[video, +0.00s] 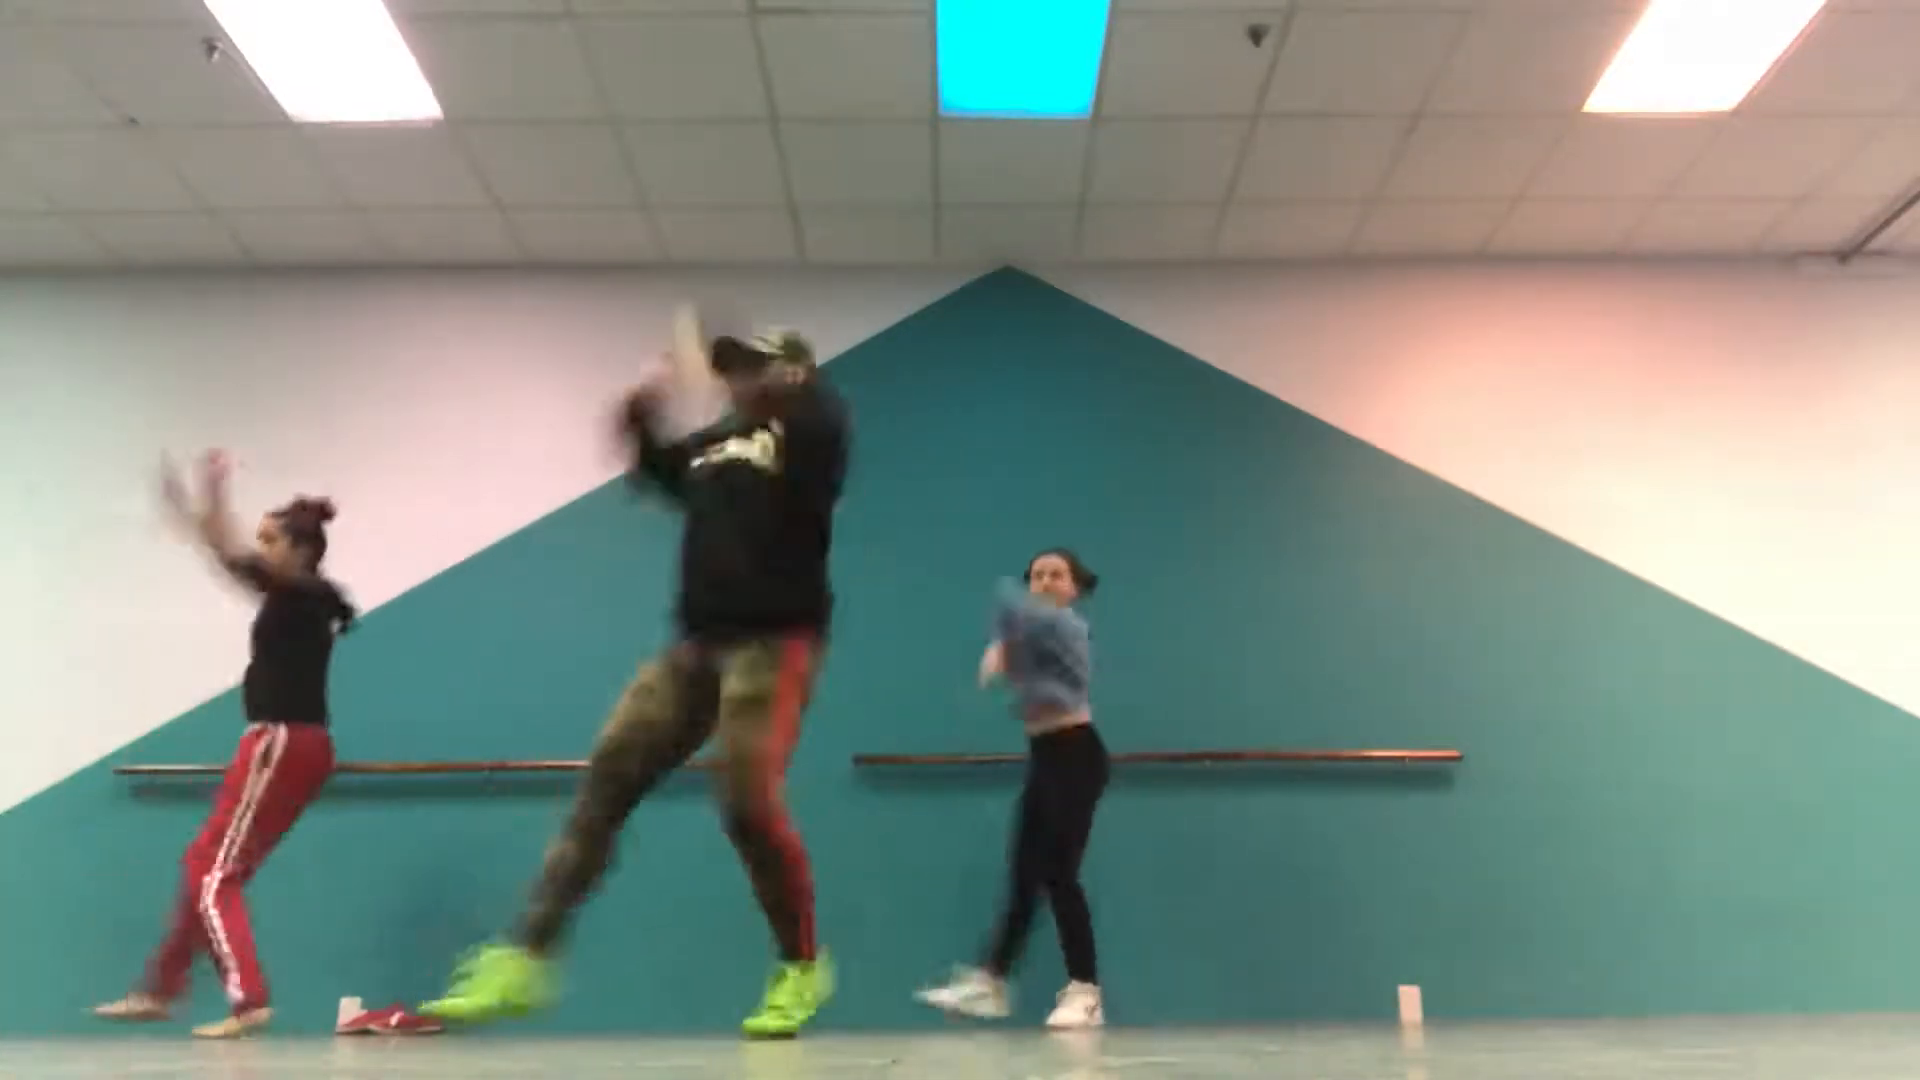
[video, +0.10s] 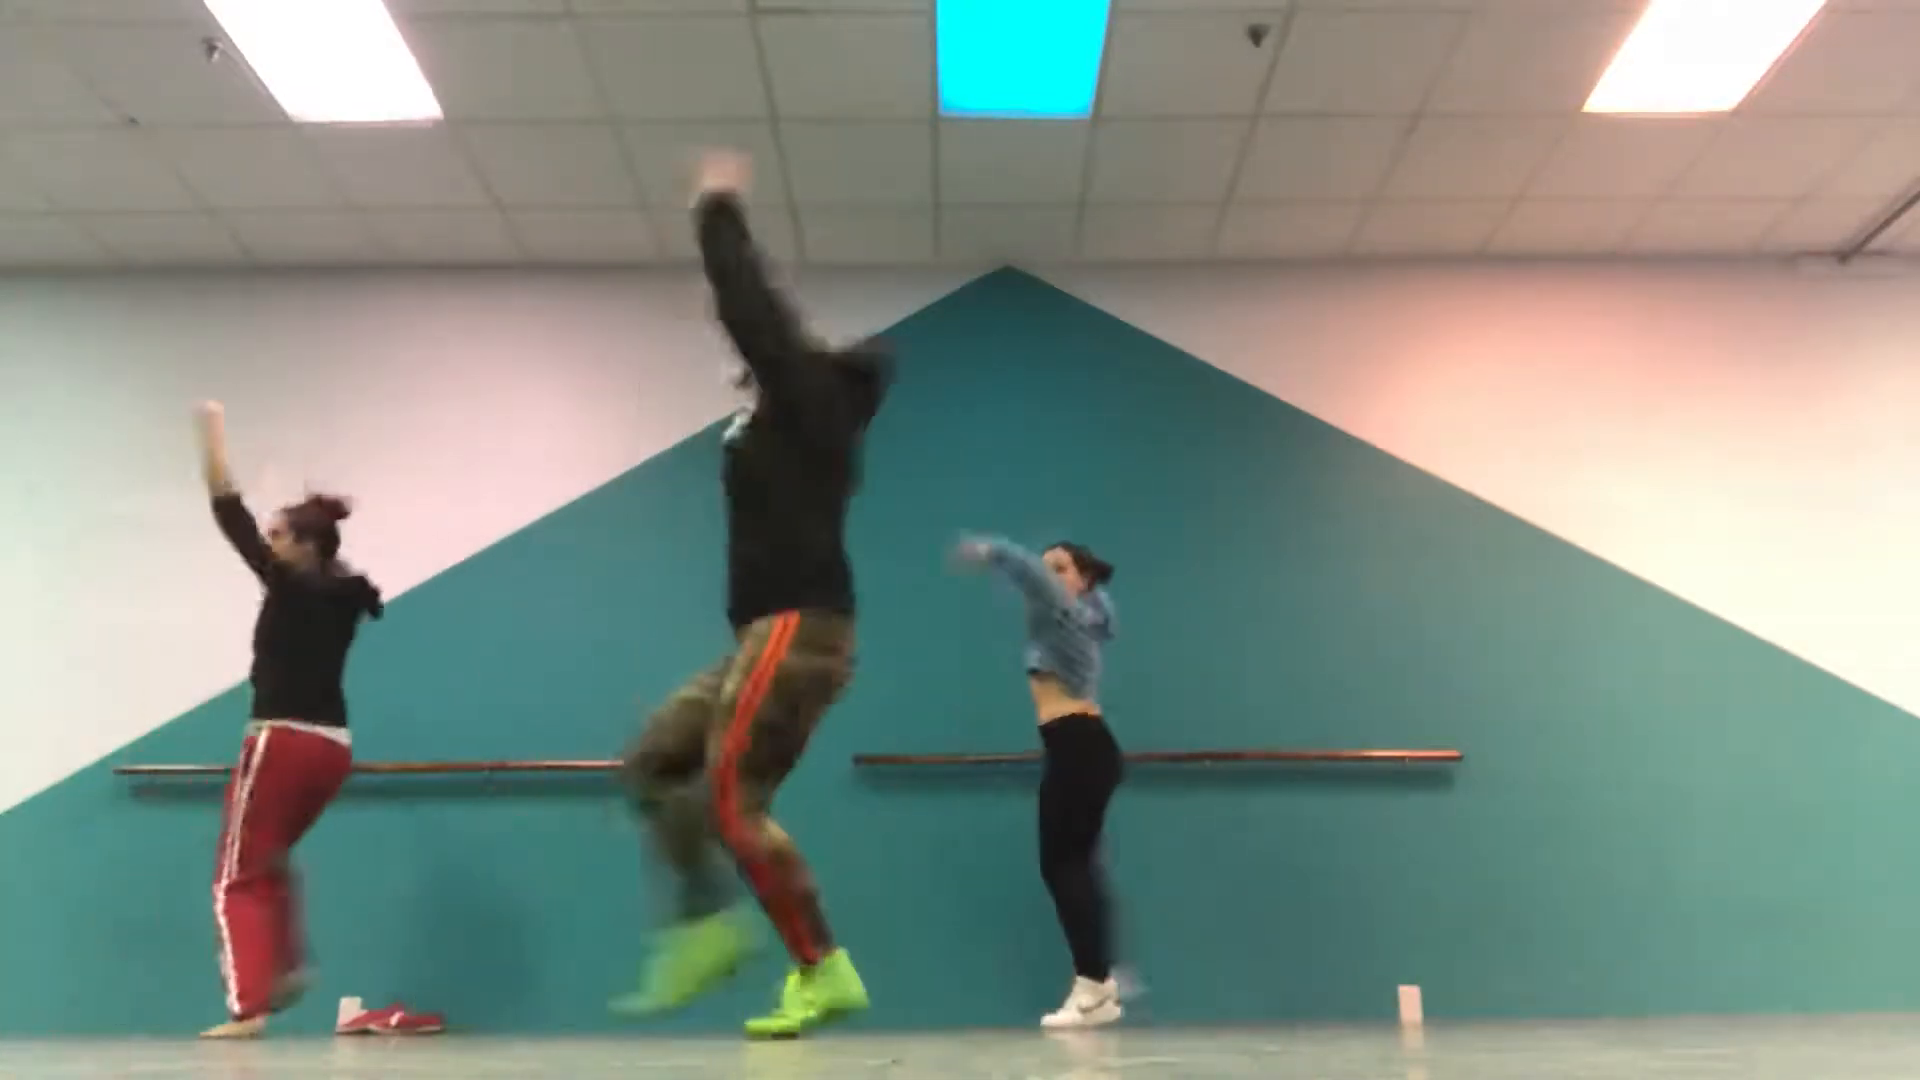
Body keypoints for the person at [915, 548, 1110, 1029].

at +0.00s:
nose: (1046, 583)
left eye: (1057, 575)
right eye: (1038, 576)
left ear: (1076, 588)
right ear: (1028, 586)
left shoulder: (1069, 626)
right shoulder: (1027, 629)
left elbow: (1027, 618)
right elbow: (1009, 657)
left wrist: (1009, 602)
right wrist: (1003, 651)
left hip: (1077, 749)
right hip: (1045, 752)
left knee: (1059, 871)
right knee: (1026, 869)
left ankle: (1084, 989)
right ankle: (991, 980)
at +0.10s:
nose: (1050, 576)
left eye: (1059, 568)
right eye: (1049, 569)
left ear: (1084, 576)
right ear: (1071, 580)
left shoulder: (1061, 609)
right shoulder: (1088, 616)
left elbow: (1029, 569)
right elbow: (1103, 611)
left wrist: (991, 551)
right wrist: (1097, 590)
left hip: (1075, 745)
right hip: (1089, 743)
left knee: (1060, 863)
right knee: (1077, 863)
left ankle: (1091, 984)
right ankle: (1100, 977)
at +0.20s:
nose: (1052, 580)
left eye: (1060, 572)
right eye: (1054, 572)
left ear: (1087, 578)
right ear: (1095, 581)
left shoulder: (1054, 618)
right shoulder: (1121, 622)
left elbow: (1008, 573)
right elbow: (1141, 576)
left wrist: (1000, 513)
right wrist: (1157, 529)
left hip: (1075, 743)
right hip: (1119, 740)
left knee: (1060, 868)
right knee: (1133, 854)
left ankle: (1093, 985)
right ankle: (1192, 946)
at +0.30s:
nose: (1071, 588)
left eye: (1075, 580)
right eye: (1073, 580)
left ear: (1092, 583)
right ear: (1115, 585)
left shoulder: (1065, 631)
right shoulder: (1149, 628)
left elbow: (1018, 598)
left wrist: (1032, 572)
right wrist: (1191, 553)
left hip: (1090, 747)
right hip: (1141, 745)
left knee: (1066, 869)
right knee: (1180, 855)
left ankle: (1089, 982)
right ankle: (1239, 949)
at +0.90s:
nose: (1070, 610)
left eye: (1078, 600)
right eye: (1070, 603)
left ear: (1097, 601)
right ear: (1082, 605)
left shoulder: (1115, 636)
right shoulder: (1076, 644)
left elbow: (1077, 582)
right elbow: (1035, 608)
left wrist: (1058, 522)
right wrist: (1051, 555)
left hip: (1099, 763)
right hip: (1080, 764)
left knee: (1048, 878)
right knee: (1054, 880)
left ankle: (1084, 988)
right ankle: (1139, 947)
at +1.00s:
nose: (1046, 608)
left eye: (1056, 597)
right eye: (1044, 599)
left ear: (1083, 600)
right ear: (1045, 605)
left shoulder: (1100, 645)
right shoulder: (1049, 650)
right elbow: (991, 648)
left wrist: (1090, 612)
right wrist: (998, 586)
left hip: (1085, 760)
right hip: (1051, 762)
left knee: (1040, 872)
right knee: (996, 864)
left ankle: (1084, 989)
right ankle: (1028, 972)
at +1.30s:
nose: (1016, 627)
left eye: (1027, 621)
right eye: (1011, 620)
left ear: (1049, 634)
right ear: (1003, 632)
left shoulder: (1064, 686)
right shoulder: (986, 681)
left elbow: (1100, 749)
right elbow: (940, 727)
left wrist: (1067, 795)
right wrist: (934, 780)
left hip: (1045, 800)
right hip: (998, 800)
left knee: (1013, 893)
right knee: (937, 895)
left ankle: (1075, 991)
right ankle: (921, 999)